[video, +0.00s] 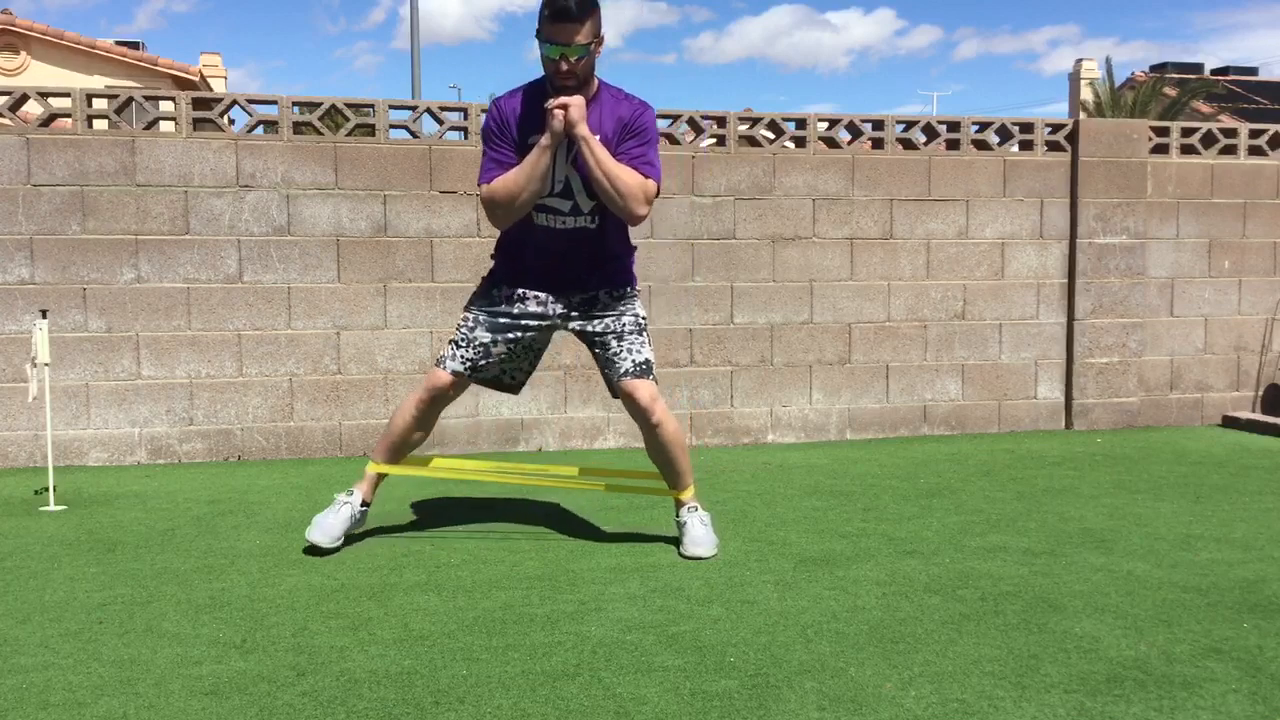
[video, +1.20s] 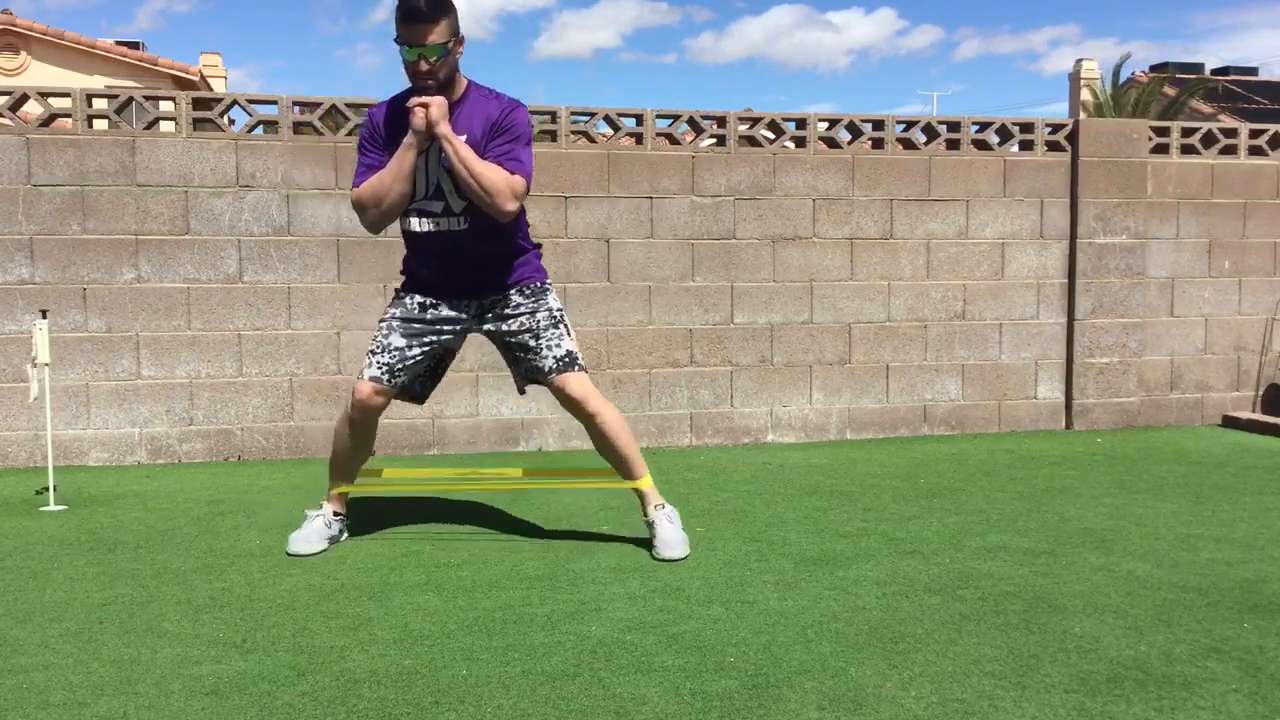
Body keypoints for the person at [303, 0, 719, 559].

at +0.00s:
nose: (565, 63)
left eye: (578, 51)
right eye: (554, 50)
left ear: (599, 44)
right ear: (540, 41)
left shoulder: (630, 113)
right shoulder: (510, 110)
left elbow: (636, 206)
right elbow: (498, 212)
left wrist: (583, 135)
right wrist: (550, 140)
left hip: (605, 288)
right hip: (518, 282)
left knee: (644, 399)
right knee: (438, 384)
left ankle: (690, 507)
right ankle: (359, 496)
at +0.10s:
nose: (518, 70)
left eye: (531, 58)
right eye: (507, 58)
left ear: (552, 52)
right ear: (492, 51)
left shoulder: (584, 124)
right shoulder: (462, 121)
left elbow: (590, 211)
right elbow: (453, 218)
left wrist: (535, 142)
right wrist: (504, 148)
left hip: (565, 295)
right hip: (480, 291)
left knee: (620, 402)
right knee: (400, 397)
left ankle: (688, 509)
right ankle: (340, 508)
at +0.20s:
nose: (463, 67)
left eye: (478, 55)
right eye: (452, 54)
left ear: (498, 49)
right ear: (438, 45)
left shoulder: (531, 120)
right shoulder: (408, 112)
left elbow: (531, 208)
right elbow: (390, 209)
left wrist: (477, 135)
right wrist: (444, 141)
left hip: (516, 290)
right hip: (431, 287)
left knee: (575, 388)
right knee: (357, 393)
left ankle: (671, 498)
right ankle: (332, 510)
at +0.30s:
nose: (416, 56)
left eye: (429, 46)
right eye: (407, 44)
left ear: (453, 39)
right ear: (394, 34)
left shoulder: (489, 109)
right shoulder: (365, 99)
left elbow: (485, 201)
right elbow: (340, 194)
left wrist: (431, 127)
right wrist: (398, 129)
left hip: (479, 275)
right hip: (396, 275)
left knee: (526, 377)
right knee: (341, 387)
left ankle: (608, 490)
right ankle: (330, 509)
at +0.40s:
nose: (383, 47)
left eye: (395, 36)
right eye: (373, 34)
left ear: (423, 29)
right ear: (362, 25)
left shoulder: (462, 97)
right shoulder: (337, 90)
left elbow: (458, 190)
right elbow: (315, 186)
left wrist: (402, 116)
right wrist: (368, 119)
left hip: (453, 257)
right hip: (376, 260)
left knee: (482, 370)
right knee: (333, 383)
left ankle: (537, 488)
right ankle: (330, 508)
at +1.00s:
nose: (355, 43)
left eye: (367, 31)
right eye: (345, 31)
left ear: (395, 24)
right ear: (332, 26)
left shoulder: (443, 91)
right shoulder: (322, 96)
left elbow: (443, 184)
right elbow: (311, 195)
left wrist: (381, 115)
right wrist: (350, 123)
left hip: (455, 257)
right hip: (377, 264)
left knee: (512, 365)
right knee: (336, 383)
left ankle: (596, 489)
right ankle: (329, 508)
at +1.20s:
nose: (421, 63)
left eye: (434, 51)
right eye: (410, 51)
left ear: (457, 47)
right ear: (398, 47)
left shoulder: (503, 113)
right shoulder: (384, 120)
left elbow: (507, 202)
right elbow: (370, 213)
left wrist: (444, 134)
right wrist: (414, 141)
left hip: (512, 284)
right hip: (428, 288)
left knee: (574, 391)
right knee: (365, 398)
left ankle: (655, 506)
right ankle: (332, 509)